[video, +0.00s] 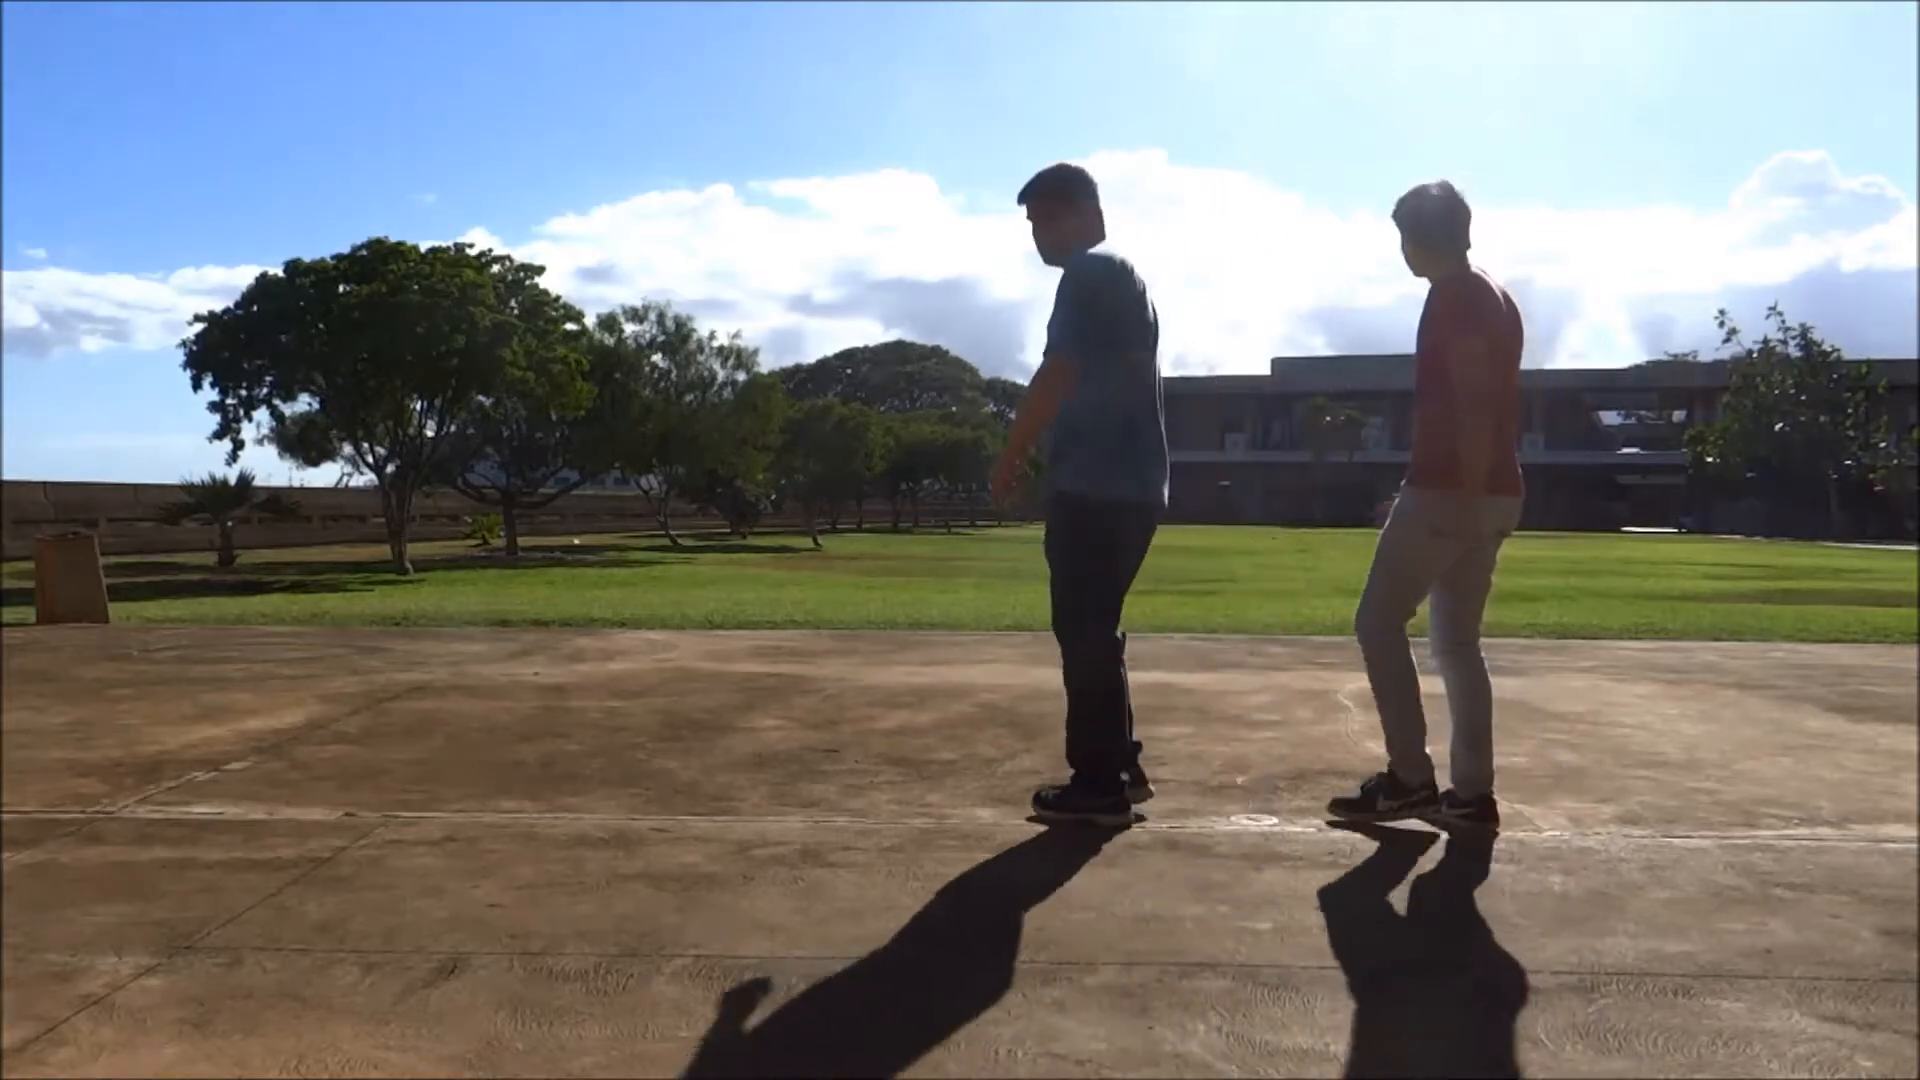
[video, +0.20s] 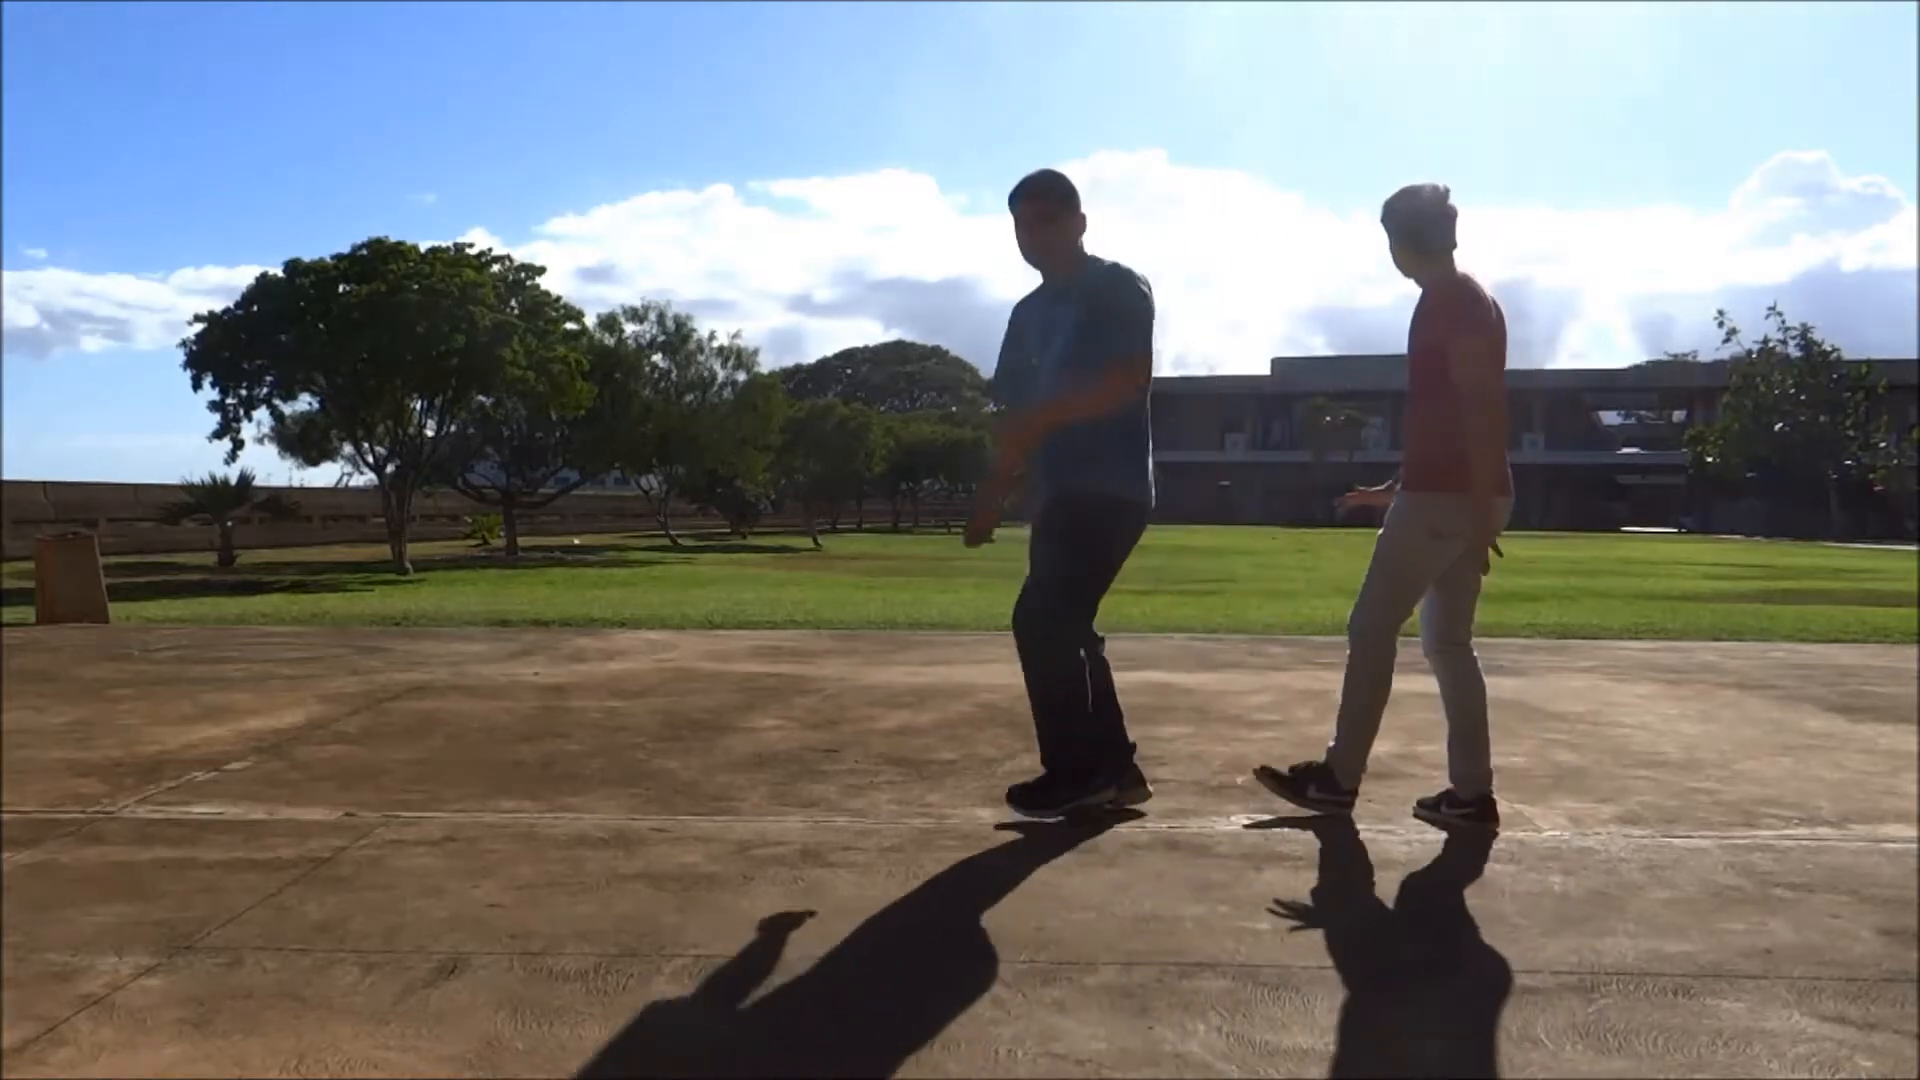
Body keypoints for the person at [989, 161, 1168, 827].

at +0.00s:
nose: (1033, 234)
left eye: (1039, 219)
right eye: (1031, 221)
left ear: (1077, 213)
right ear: (1091, 214)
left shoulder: (1087, 273)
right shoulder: (1127, 280)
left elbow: (1059, 373)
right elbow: (1122, 389)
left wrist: (1012, 454)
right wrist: (1044, 456)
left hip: (1096, 489)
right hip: (1131, 487)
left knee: (1083, 627)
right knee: (1092, 626)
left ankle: (1098, 786)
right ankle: (1115, 766)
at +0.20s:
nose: (1027, 234)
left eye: (1040, 219)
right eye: (1020, 223)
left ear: (1075, 219)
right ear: (1016, 231)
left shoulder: (1119, 287)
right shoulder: (1027, 314)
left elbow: (1128, 384)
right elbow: (1015, 418)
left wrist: (1039, 417)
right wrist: (995, 493)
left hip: (1111, 489)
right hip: (1060, 494)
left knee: (1041, 618)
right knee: (1065, 624)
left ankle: (1075, 772)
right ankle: (1113, 769)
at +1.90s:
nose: (832, 182)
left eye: (846, 167)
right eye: (818, 170)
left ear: (878, 170)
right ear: (801, 177)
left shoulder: (926, 262)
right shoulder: (768, 270)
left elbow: (954, 377)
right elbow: (732, 384)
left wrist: (925, 476)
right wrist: (711, 477)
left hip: (904, 502)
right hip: (807, 509)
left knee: (913, 672)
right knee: (815, 676)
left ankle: (931, 826)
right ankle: (831, 819)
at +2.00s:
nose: (817, 187)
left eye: (831, 171)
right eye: (804, 174)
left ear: (869, 170)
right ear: (793, 178)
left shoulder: (921, 261)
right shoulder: (762, 270)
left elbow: (952, 377)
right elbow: (729, 383)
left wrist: (929, 478)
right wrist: (714, 480)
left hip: (900, 503)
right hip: (802, 510)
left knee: (904, 676)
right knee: (814, 676)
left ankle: (913, 837)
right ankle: (831, 820)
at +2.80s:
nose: (760, 191)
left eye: (759, 170)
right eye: (753, 175)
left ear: (798, 147)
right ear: (797, 152)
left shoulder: (881, 219)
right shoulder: (812, 252)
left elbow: (880, 348)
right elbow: (809, 386)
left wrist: (840, 462)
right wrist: (778, 493)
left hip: (876, 499)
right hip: (814, 502)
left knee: (878, 676)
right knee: (780, 662)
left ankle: (887, 871)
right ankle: (750, 829)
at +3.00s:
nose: (741, 202)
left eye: (736, 180)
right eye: (732, 186)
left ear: (768, 151)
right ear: (783, 149)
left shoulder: (835, 213)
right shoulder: (849, 228)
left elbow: (807, 346)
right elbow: (853, 371)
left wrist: (734, 458)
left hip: (848, 502)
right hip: (813, 504)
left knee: (864, 682)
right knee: (770, 665)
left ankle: (885, 871)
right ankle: (729, 832)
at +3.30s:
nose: (686, 208)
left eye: (683, 187)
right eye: (678, 193)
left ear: (714, 161)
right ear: (734, 160)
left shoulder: (773, 221)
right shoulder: (794, 231)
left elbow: (746, 355)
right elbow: (806, 371)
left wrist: (681, 468)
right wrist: (724, 475)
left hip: (792, 500)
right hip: (765, 503)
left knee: (813, 669)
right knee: (735, 667)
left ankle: (876, 860)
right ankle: (727, 841)